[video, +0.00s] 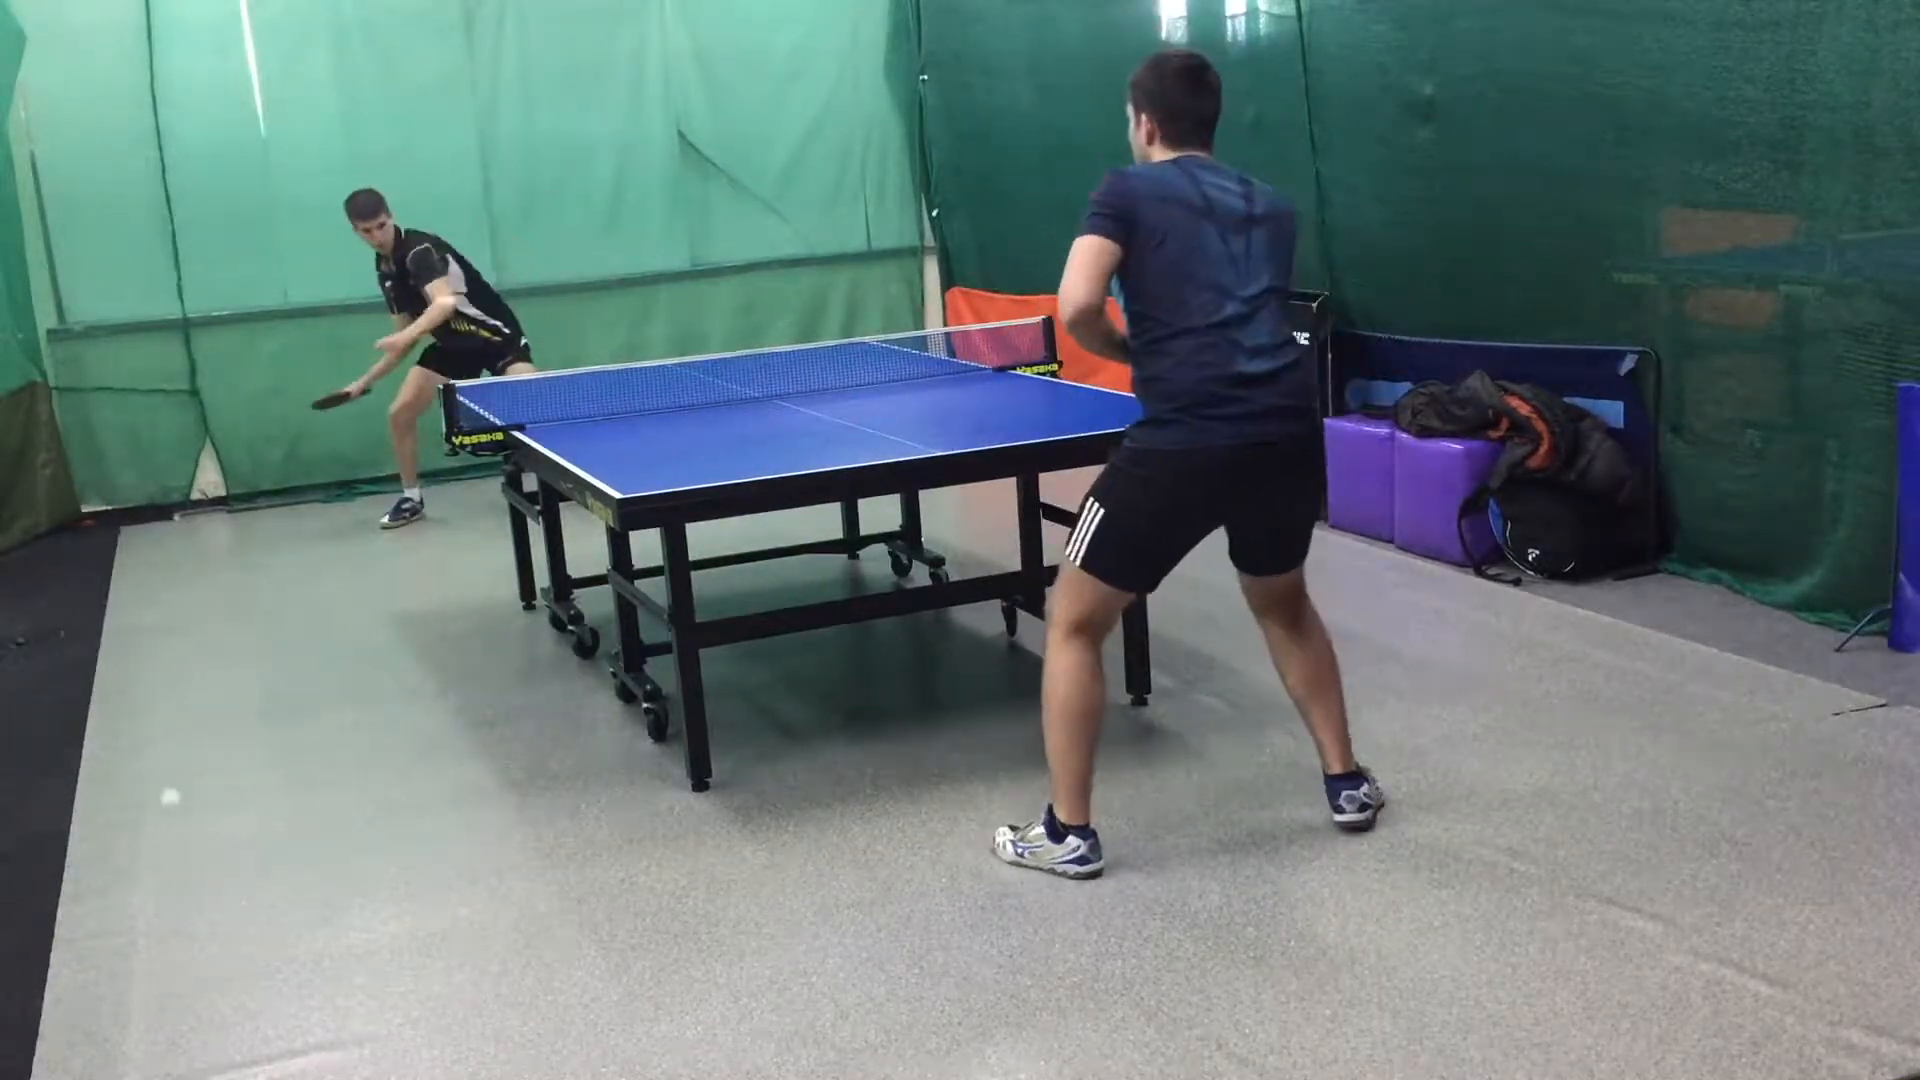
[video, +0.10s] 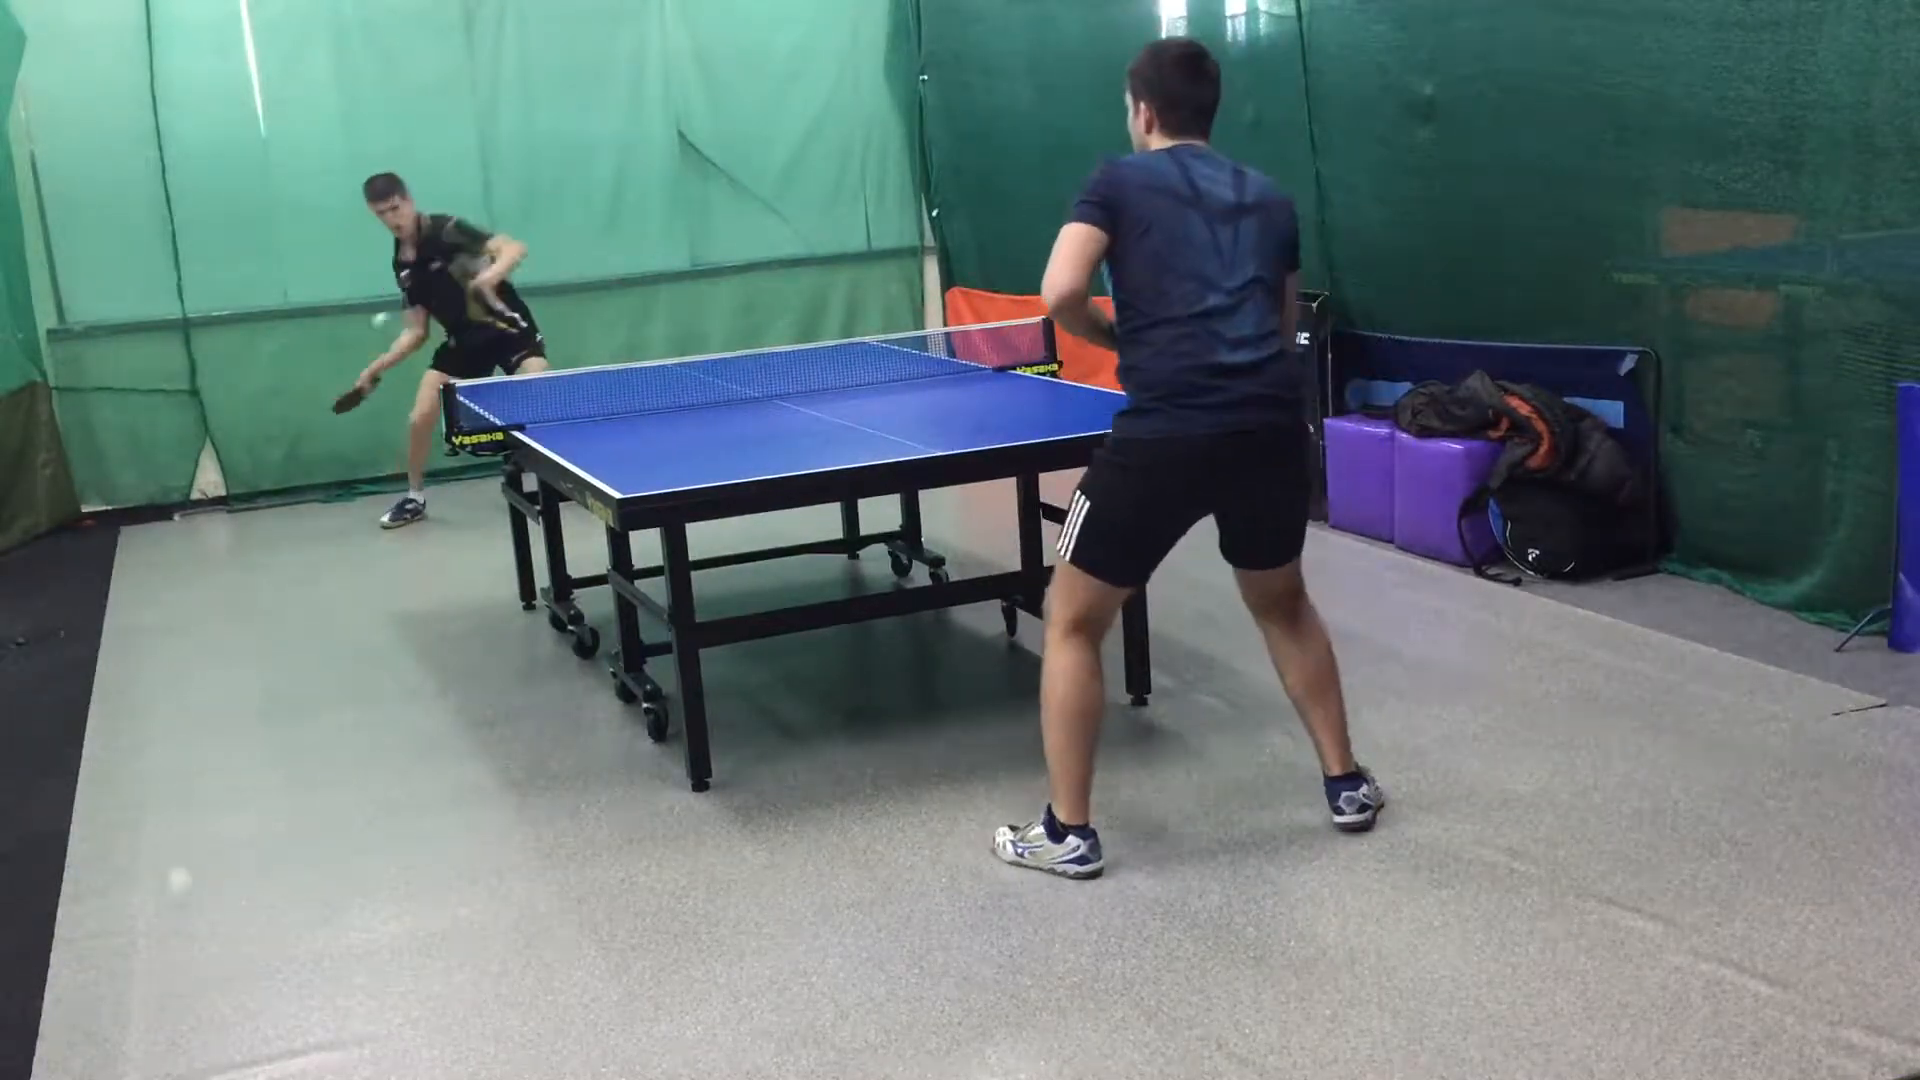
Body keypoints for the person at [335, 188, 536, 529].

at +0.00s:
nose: (376, 237)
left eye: (380, 227)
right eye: (367, 232)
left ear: (391, 217)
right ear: (356, 231)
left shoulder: (421, 251)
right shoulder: (385, 268)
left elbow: (445, 302)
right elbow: (406, 338)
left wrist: (406, 335)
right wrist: (365, 381)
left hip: (498, 338)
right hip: (452, 344)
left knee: (533, 397)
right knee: (401, 414)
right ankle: (412, 497)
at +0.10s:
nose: (391, 218)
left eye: (395, 208)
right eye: (383, 213)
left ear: (409, 200)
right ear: (376, 217)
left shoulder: (445, 229)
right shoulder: (403, 261)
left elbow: (513, 248)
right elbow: (416, 330)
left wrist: (489, 275)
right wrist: (375, 369)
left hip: (510, 329)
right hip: (464, 339)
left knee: (540, 392)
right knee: (421, 417)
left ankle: (552, 477)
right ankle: (415, 497)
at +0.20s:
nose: (421, 199)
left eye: (425, 188)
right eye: (413, 194)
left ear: (441, 181)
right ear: (409, 197)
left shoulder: (488, 211)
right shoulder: (423, 248)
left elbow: (555, 232)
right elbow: (434, 304)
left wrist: (543, 231)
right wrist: (430, 304)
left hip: (527, 328)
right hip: (478, 343)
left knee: (569, 384)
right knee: (446, 425)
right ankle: (425, 496)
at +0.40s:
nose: (490, 194)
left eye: (494, 184)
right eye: (480, 188)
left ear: (503, 183)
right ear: (467, 194)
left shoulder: (529, 221)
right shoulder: (472, 242)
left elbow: (586, 250)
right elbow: (495, 292)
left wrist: (617, 242)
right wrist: (533, 243)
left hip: (543, 342)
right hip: (500, 355)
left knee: (591, 369)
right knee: (473, 443)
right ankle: (448, 501)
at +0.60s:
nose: (489, 180)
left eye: (494, 171)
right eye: (479, 173)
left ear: (502, 170)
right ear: (465, 177)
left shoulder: (532, 210)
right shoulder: (460, 231)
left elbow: (583, 250)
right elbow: (462, 298)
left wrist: (618, 266)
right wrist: (501, 275)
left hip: (544, 330)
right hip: (491, 342)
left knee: (592, 391)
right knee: (461, 417)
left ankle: (603, 480)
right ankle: (438, 498)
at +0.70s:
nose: (473, 180)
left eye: (477, 170)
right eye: (463, 173)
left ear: (485, 166)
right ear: (447, 175)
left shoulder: (517, 207)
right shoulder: (443, 229)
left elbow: (562, 254)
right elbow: (443, 301)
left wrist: (589, 289)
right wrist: (466, 297)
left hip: (534, 316)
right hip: (484, 324)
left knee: (576, 389)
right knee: (453, 406)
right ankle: (448, 499)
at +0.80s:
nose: (451, 194)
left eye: (454, 185)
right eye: (441, 188)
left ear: (462, 180)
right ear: (425, 191)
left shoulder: (495, 221)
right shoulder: (428, 239)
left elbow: (528, 283)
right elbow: (431, 306)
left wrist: (525, 328)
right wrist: (421, 333)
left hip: (524, 309)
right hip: (478, 319)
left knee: (573, 385)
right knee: (451, 403)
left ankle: (581, 477)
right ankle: (453, 500)